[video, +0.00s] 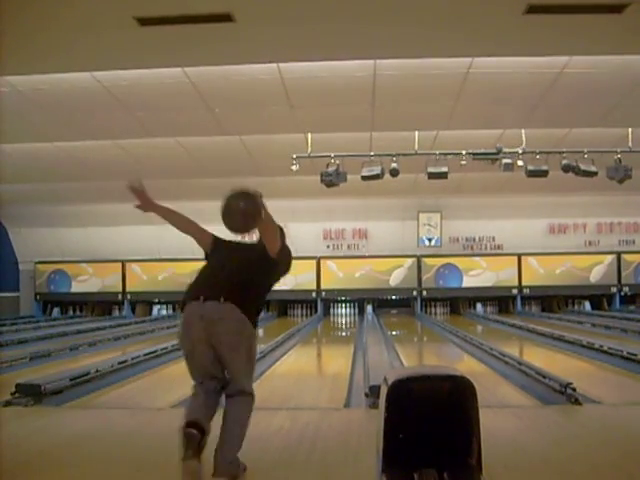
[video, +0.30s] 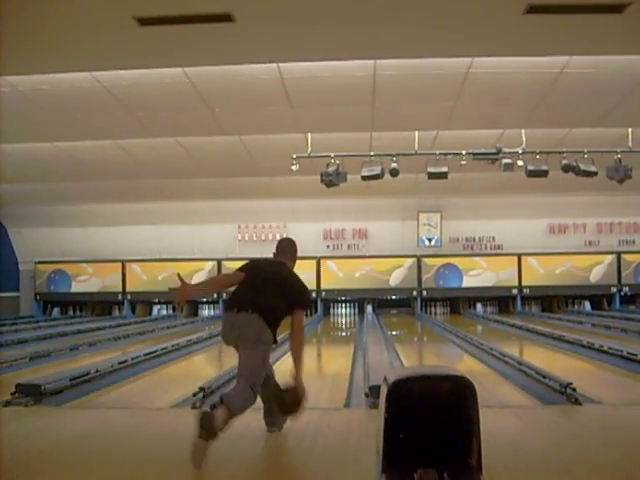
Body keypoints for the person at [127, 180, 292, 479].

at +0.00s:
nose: (281, 233)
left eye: (280, 232)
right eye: (279, 234)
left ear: (236, 228)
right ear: (276, 239)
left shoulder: (222, 248)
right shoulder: (277, 259)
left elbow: (191, 228)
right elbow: (270, 234)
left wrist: (153, 207)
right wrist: (260, 211)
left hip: (193, 308)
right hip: (232, 312)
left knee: (207, 381)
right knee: (240, 390)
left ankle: (195, 426)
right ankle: (226, 463)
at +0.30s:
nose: (292, 261)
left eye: (285, 255)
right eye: (294, 258)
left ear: (275, 253)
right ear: (294, 258)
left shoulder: (257, 265)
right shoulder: (298, 287)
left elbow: (226, 281)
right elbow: (296, 332)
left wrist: (192, 290)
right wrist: (298, 376)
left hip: (229, 323)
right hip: (257, 329)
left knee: (261, 365)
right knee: (248, 385)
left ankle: (275, 413)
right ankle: (216, 419)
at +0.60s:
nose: (314, 259)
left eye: (311, 255)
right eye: (312, 256)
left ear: (293, 255)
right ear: (308, 258)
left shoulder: (276, 262)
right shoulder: (314, 273)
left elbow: (242, 272)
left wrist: (203, 277)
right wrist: (296, 238)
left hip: (246, 299)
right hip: (263, 308)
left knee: (264, 364)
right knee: (231, 358)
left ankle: (275, 414)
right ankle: (172, 362)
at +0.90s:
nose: (317, 248)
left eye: (315, 245)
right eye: (317, 245)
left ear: (298, 242)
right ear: (315, 244)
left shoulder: (281, 254)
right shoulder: (316, 261)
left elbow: (244, 279)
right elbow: (337, 291)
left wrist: (218, 299)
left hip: (246, 293)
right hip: (261, 298)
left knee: (265, 358)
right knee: (240, 350)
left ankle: (275, 413)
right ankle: (176, 350)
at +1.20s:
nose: (317, 245)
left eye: (313, 239)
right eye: (318, 242)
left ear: (301, 238)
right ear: (318, 242)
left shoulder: (283, 250)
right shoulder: (317, 265)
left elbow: (248, 274)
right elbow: (317, 308)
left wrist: (220, 295)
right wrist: (310, 340)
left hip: (248, 288)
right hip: (262, 297)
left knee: (264, 356)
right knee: (237, 347)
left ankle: (274, 412)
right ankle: (177, 342)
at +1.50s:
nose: (317, 236)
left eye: (313, 230)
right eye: (319, 233)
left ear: (301, 229)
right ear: (319, 233)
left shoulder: (284, 243)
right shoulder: (316, 256)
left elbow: (255, 269)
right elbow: (303, 292)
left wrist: (232, 295)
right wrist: (283, 320)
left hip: (245, 290)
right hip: (261, 297)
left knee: (264, 357)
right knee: (246, 352)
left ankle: (273, 412)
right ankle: (191, 375)